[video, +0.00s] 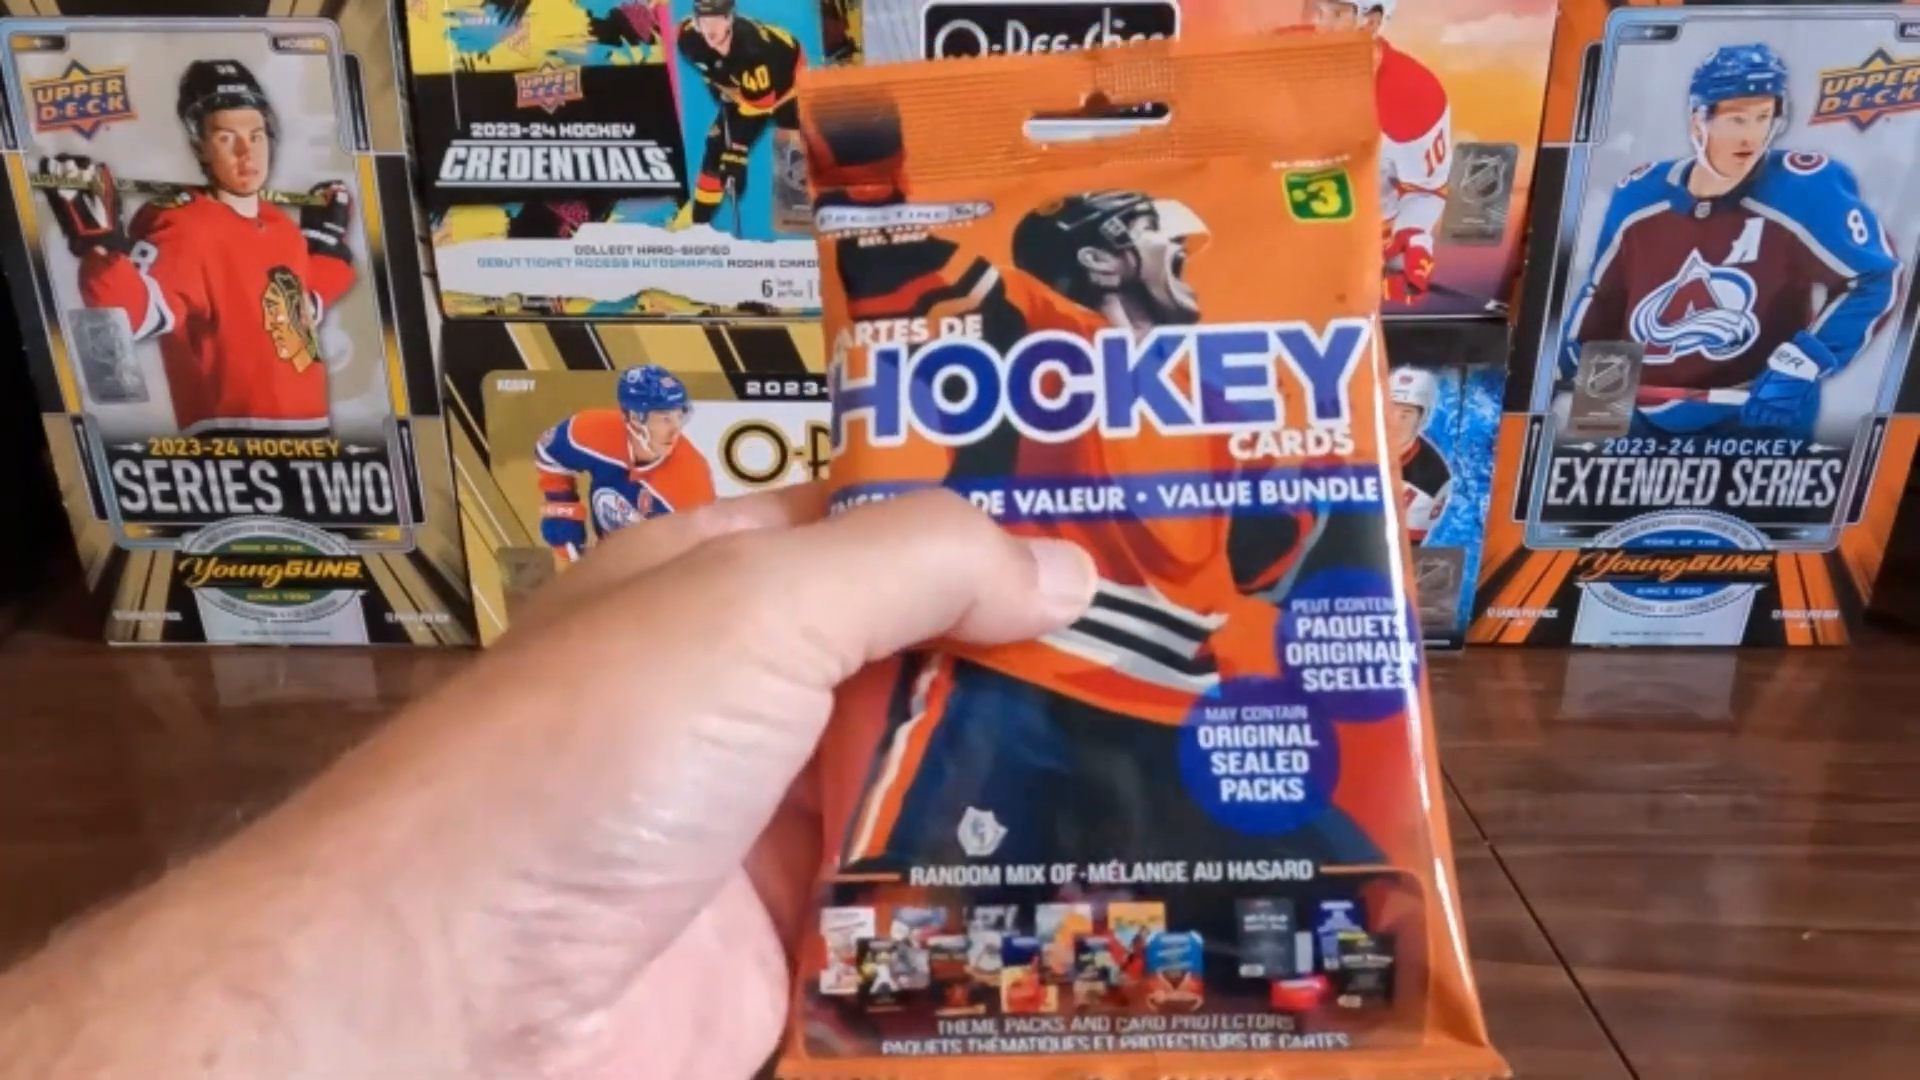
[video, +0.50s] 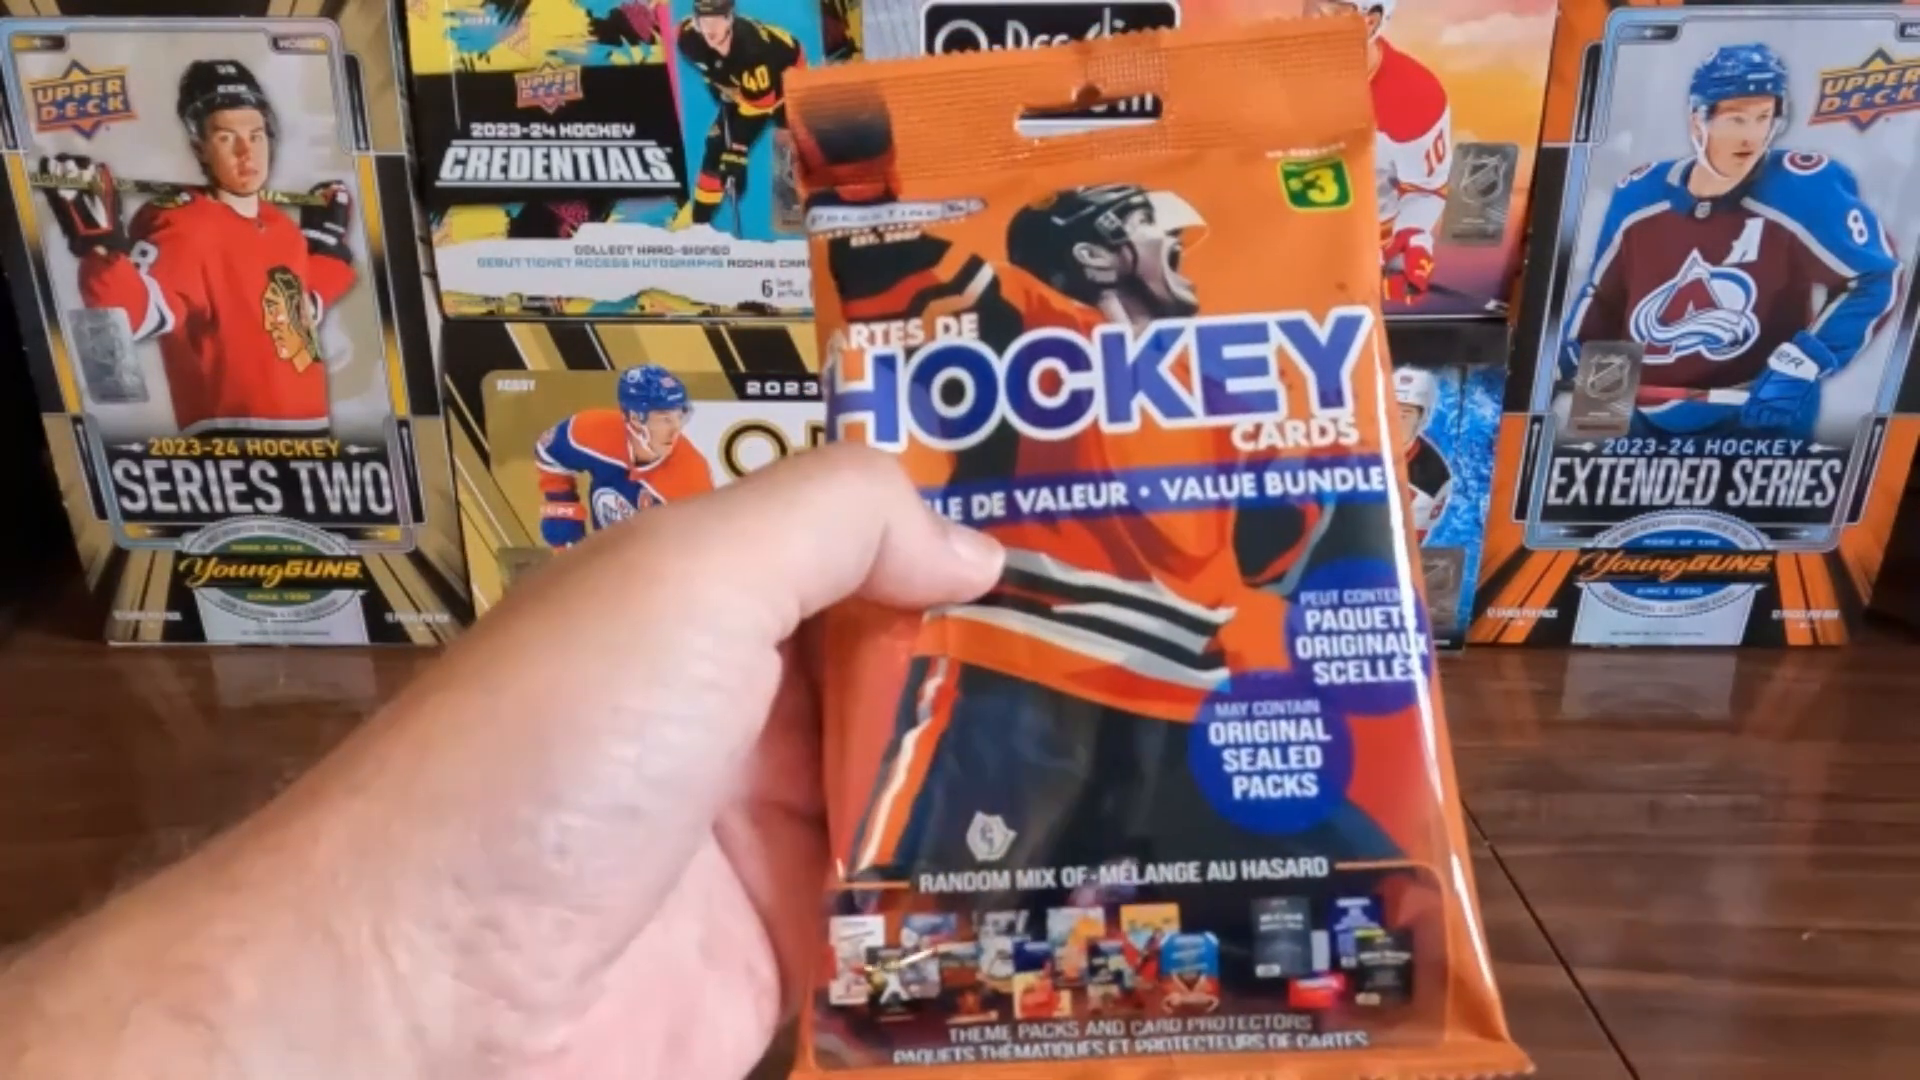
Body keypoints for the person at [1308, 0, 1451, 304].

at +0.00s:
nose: (1324, 25)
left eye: (1340, 12)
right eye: (1319, 10)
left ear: (1374, 20)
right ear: (1309, 11)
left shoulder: (1412, 89)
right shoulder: (1287, 62)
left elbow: (1424, 189)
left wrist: (1411, 244)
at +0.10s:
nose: (1323, 26)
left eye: (1339, 13)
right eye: (1318, 11)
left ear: (1371, 22)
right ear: (1309, 11)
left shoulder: (1415, 92)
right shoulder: (1277, 52)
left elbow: (1424, 189)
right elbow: (1246, 147)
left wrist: (1413, 244)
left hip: (1364, 248)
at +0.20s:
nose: (1323, 27)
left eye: (1339, 13)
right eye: (1318, 11)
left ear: (1372, 23)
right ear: (1309, 10)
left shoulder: (1415, 92)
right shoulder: (1279, 51)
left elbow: (1424, 188)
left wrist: (1413, 248)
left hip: (1366, 246)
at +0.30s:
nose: (1322, 27)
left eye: (1339, 14)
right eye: (1317, 11)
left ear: (1372, 23)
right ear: (1307, 10)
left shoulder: (1415, 93)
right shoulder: (1280, 51)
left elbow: (1424, 188)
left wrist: (1413, 247)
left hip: (1365, 244)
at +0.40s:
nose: (1324, 25)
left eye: (1339, 12)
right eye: (1316, 9)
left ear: (1372, 22)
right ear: (1305, 11)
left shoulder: (1413, 92)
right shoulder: (1295, 72)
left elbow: (1424, 189)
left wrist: (1412, 247)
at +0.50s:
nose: (1322, 24)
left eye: (1338, 11)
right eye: (1315, 10)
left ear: (1372, 20)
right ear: (1305, 12)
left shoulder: (1413, 91)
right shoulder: (1292, 75)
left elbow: (1424, 189)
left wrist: (1411, 247)